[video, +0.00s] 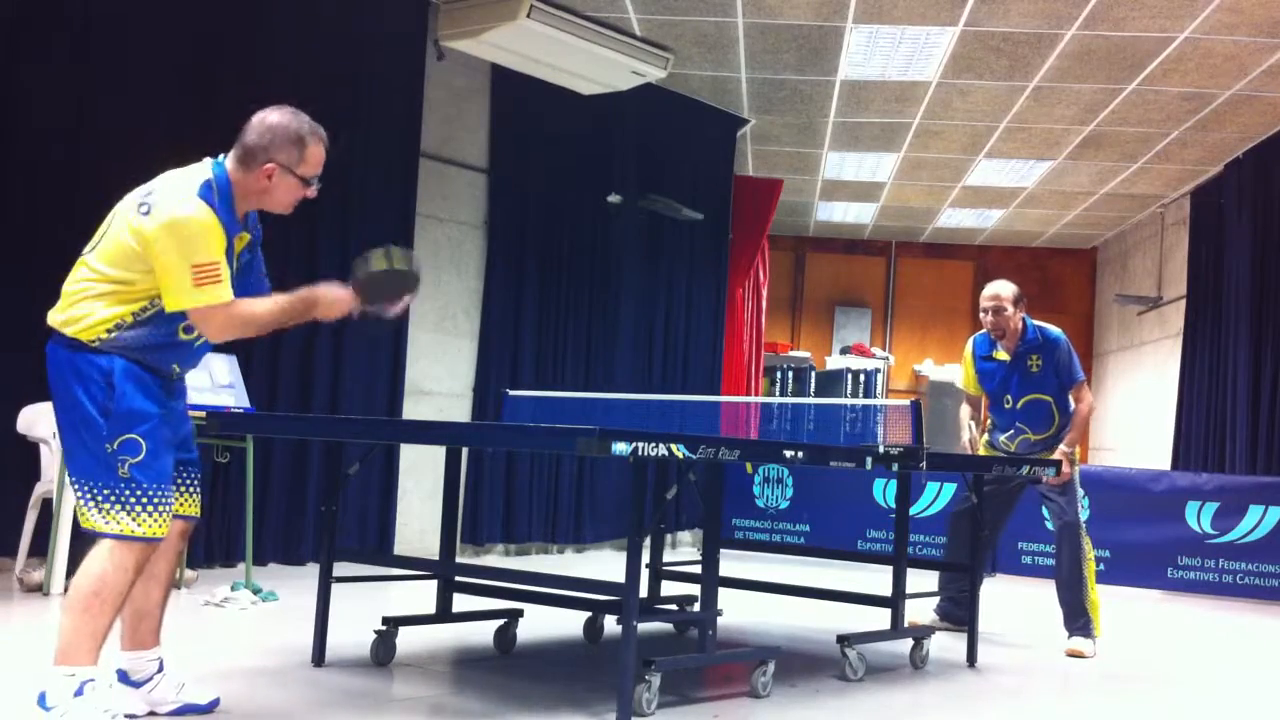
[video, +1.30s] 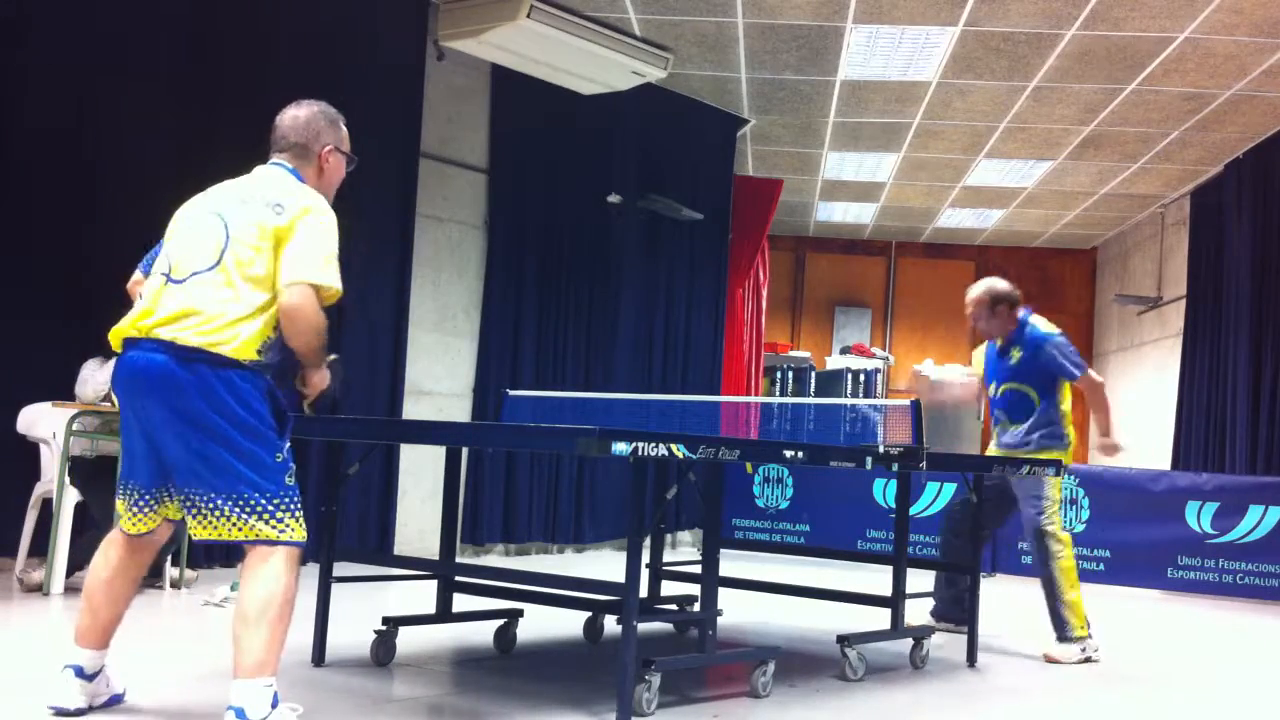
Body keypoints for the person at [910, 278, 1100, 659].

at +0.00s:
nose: (989, 319)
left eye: (997, 311)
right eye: (984, 312)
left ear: (1018, 311)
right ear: (980, 314)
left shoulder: (1052, 341)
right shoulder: (977, 347)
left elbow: (1084, 400)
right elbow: (971, 402)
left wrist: (1066, 449)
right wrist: (966, 431)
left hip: (1051, 452)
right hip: (999, 452)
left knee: (1069, 527)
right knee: (965, 517)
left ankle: (1081, 632)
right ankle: (954, 612)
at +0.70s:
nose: (958, 321)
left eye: (966, 312)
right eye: (954, 315)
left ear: (990, 310)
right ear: (953, 316)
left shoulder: (1023, 339)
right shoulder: (962, 349)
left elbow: (1062, 396)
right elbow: (962, 404)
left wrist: (1025, 434)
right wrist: (940, 425)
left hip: (1038, 453)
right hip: (994, 452)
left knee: (1043, 529)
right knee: (955, 523)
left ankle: (1075, 631)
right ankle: (954, 613)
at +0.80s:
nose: (958, 330)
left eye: (965, 321)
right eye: (953, 323)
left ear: (989, 317)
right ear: (951, 324)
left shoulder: (1017, 344)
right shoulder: (971, 354)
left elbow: (1038, 400)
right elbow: (966, 414)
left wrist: (986, 420)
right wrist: (929, 443)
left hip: (1044, 455)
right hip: (1006, 456)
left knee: (1042, 530)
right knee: (960, 519)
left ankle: (1078, 640)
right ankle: (954, 615)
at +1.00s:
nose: (944, 352)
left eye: (947, 343)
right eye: (941, 345)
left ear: (970, 336)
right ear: (972, 337)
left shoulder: (989, 356)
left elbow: (1004, 364)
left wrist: (1010, 366)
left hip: (1044, 462)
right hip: (1014, 463)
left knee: (1018, 538)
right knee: (965, 518)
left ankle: (1074, 639)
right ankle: (954, 615)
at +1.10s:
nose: (943, 354)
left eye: (946, 345)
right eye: (941, 347)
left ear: (968, 338)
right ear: (967, 339)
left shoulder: (996, 361)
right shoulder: (984, 363)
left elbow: (1043, 372)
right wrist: (1091, 437)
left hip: (1041, 465)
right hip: (1009, 466)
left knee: (1018, 540)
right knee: (962, 519)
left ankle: (1074, 639)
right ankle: (953, 615)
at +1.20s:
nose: (954, 342)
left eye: (956, 333)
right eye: (952, 334)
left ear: (979, 327)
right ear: (974, 329)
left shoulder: (1018, 352)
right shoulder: (989, 360)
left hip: (1038, 463)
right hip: (1005, 464)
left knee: (1026, 536)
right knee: (956, 522)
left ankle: (1076, 640)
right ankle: (952, 614)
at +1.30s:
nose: (974, 326)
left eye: (979, 318)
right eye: (972, 318)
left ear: (1006, 312)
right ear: (992, 315)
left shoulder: (1045, 341)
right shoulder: (991, 347)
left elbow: (1093, 386)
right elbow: (979, 392)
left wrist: (1105, 437)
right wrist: (934, 391)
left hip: (1040, 456)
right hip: (1001, 454)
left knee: (1047, 535)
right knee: (960, 520)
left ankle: (1078, 639)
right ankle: (952, 614)